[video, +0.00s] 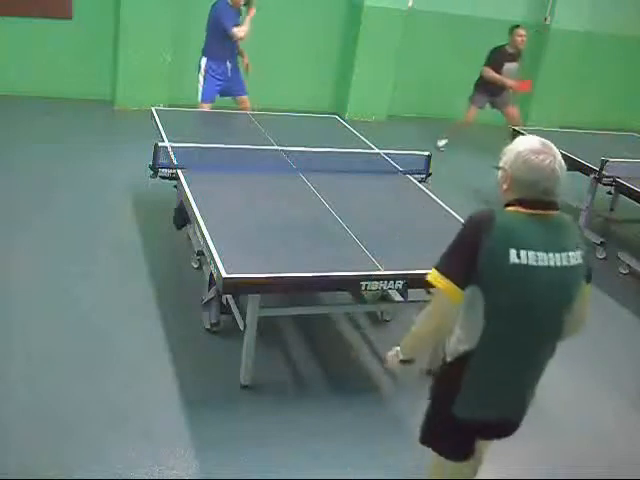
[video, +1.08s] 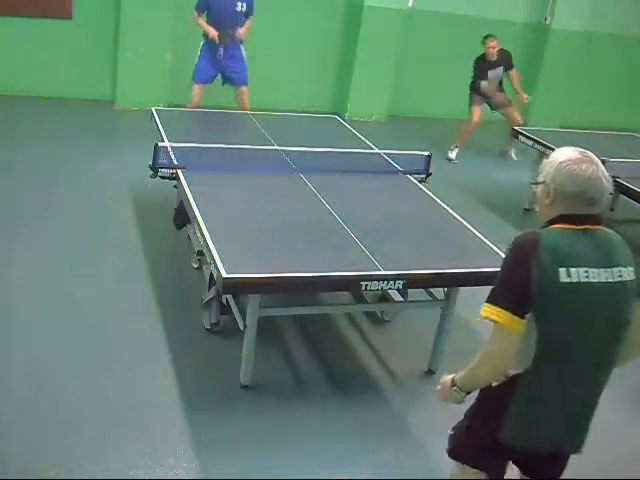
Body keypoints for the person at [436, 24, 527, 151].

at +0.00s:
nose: (522, 40)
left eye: (524, 36)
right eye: (519, 36)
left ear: (526, 39)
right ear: (511, 37)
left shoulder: (518, 55)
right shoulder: (498, 52)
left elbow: (508, 73)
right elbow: (486, 72)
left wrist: (514, 85)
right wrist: (508, 82)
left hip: (501, 91)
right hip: (483, 89)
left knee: (514, 117)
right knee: (469, 120)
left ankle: (518, 147)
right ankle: (446, 138)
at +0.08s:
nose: (517, 37)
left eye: (519, 34)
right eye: (514, 33)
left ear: (521, 36)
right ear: (507, 34)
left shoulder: (513, 51)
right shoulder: (494, 49)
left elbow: (502, 69)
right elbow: (481, 70)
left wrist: (508, 80)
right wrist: (502, 80)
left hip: (496, 87)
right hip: (479, 86)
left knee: (508, 116)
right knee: (465, 117)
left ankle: (513, 141)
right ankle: (446, 138)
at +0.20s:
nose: (515, 32)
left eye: (517, 29)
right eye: (512, 28)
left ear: (518, 31)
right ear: (503, 29)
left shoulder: (509, 46)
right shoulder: (490, 44)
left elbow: (499, 64)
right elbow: (477, 64)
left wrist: (502, 78)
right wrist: (495, 74)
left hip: (491, 84)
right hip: (475, 82)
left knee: (503, 117)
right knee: (463, 115)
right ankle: (445, 138)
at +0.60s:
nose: (505, 39)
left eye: (507, 36)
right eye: (502, 36)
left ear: (509, 37)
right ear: (494, 37)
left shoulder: (508, 52)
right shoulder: (482, 50)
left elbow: (516, 68)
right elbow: (467, 68)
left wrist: (524, 79)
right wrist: (472, 73)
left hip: (490, 88)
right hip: (473, 86)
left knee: (499, 119)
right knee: (470, 117)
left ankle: (482, 138)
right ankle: (455, 147)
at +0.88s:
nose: (488, 54)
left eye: (491, 51)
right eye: (485, 51)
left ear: (495, 50)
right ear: (480, 51)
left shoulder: (501, 59)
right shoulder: (472, 63)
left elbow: (513, 73)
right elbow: (463, 84)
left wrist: (520, 93)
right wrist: (456, 83)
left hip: (493, 95)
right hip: (475, 95)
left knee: (511, 121)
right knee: (471, 120)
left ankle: (503, 147)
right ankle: (455, 147)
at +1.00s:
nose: (489, 53)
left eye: (491, 50)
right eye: (486, 50)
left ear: (496, 49)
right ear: (481, 50)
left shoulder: (503, 58)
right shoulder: (476, 63)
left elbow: (513, 74)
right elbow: (474, 86)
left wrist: (520, 94)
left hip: (497, 95)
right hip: (479, 94)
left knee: (513, 122)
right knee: (473, 121)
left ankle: (506, 148)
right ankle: (455, 147)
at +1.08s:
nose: (492, 51)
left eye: (494, 47)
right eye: (489, 48)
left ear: (498, 47)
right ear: (484, 48)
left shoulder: (505, 55)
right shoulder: (480, 62)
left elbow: (512, 73)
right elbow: (481, 87)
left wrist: (520, 93)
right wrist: (490, 92)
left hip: (496, 90)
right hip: (478, 91)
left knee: (516, 120)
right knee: (474, 120)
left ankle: (509, 149)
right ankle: (455, 147)